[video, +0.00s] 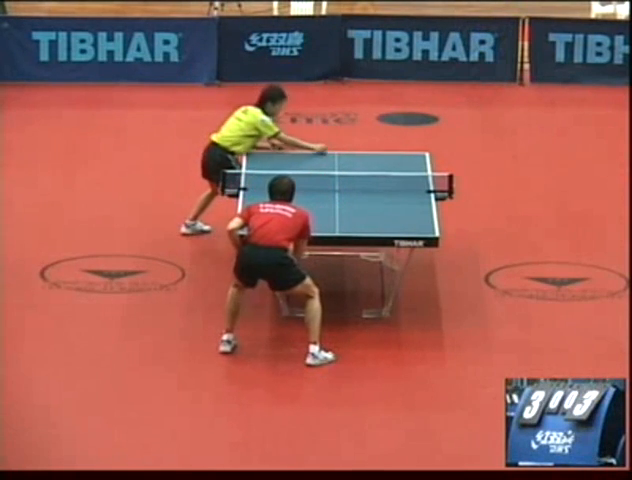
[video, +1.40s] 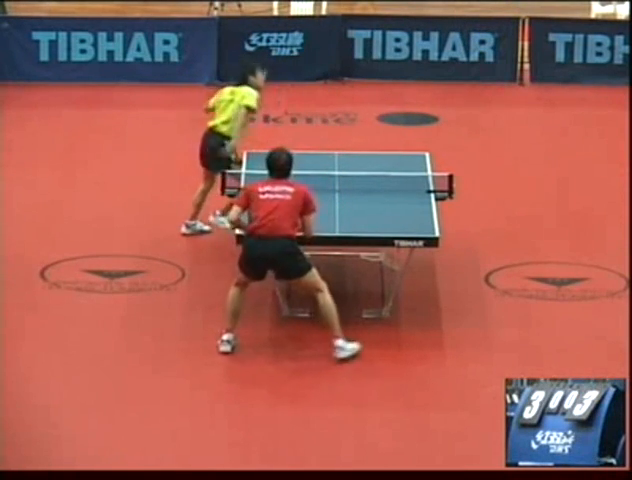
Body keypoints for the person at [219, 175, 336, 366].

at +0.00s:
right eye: (290, 193)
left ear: (270, 194)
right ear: (292, 195)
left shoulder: (254, 209)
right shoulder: (301, 215)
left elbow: (231, 228)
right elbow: (300, 251)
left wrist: (241, 250)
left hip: (250, 252)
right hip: (278, 255)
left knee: (237, 287)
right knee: (312, 294)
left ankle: (227, 336)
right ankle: (315, 349)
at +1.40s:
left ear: (268, 168)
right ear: (290, 169)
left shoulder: (253, 189)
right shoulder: (301, 192)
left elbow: (233, 218)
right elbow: (308, 233)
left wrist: (249, 229)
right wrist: (290, 233)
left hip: (255, 244)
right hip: (285, 246)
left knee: (240, 285)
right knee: (320, 289)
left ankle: (228, 336)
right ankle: (340, 342)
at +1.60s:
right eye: (304, 165)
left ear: (286, 169)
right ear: (308, 169)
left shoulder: (272, 190)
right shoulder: (321, 194)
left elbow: (252, 220)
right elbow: (332, 232)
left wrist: (270, 228)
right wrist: (316, 228)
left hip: (272, 245)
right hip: (302, 247)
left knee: (246, 285)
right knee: (335, 291)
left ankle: (228, 336)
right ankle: (350, 344)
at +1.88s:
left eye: (309, 168)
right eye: (317, 169)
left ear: (301, 172)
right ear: (322, 174)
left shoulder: (285, 194)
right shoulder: (333, 198)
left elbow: (255, 213)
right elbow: (356, 228)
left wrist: (250, 214)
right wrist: (338, 220)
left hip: (288, 254)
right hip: (319, 256)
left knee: (249, 294)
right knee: (353, 282)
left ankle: (237, 345)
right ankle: (369, 331)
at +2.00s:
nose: (332, 176)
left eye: (328, 172)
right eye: (341, 173)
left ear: (323, 174)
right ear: (345, 176)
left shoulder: (310, 193)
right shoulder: (354, 201)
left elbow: (279, 201)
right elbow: (377, 225)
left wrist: (248, 203)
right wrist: (357, 214)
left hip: (304, 255)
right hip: (334, 257)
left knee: (262, 294)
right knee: (367, 285)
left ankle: (238, 345)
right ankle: (398, 324)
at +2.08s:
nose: (347, 180)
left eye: (343, 176)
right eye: (356, 176)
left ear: (340, 179)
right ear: (362, 180)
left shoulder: (331, 197)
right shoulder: (373, 206)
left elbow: (300, 202)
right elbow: (395, 224)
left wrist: (268, 205)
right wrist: (382, 215)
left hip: (322, 256)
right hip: (351, 260)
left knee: (279, 298)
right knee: (378, 285)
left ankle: (243, 344)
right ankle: (404, 327)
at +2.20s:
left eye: (363, 184)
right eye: (382, 183)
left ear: (361, 185)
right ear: (383, 188)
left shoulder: (356, 200)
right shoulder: (391, 215)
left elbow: (337, 211)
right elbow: (401, 217)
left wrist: (303, 219)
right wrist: (399, 200)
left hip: (339, 256)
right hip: (367, 261)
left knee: (293, 298)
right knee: (388, 280)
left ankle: (262, 344)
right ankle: (405, 326)